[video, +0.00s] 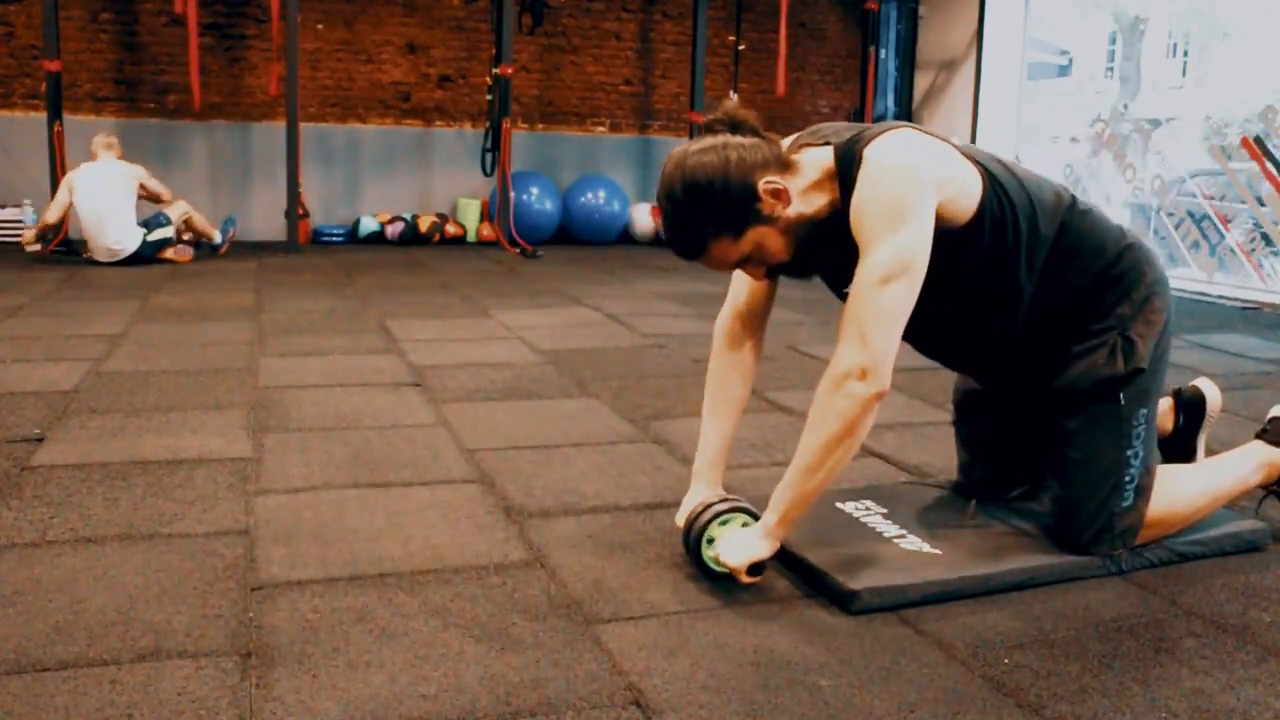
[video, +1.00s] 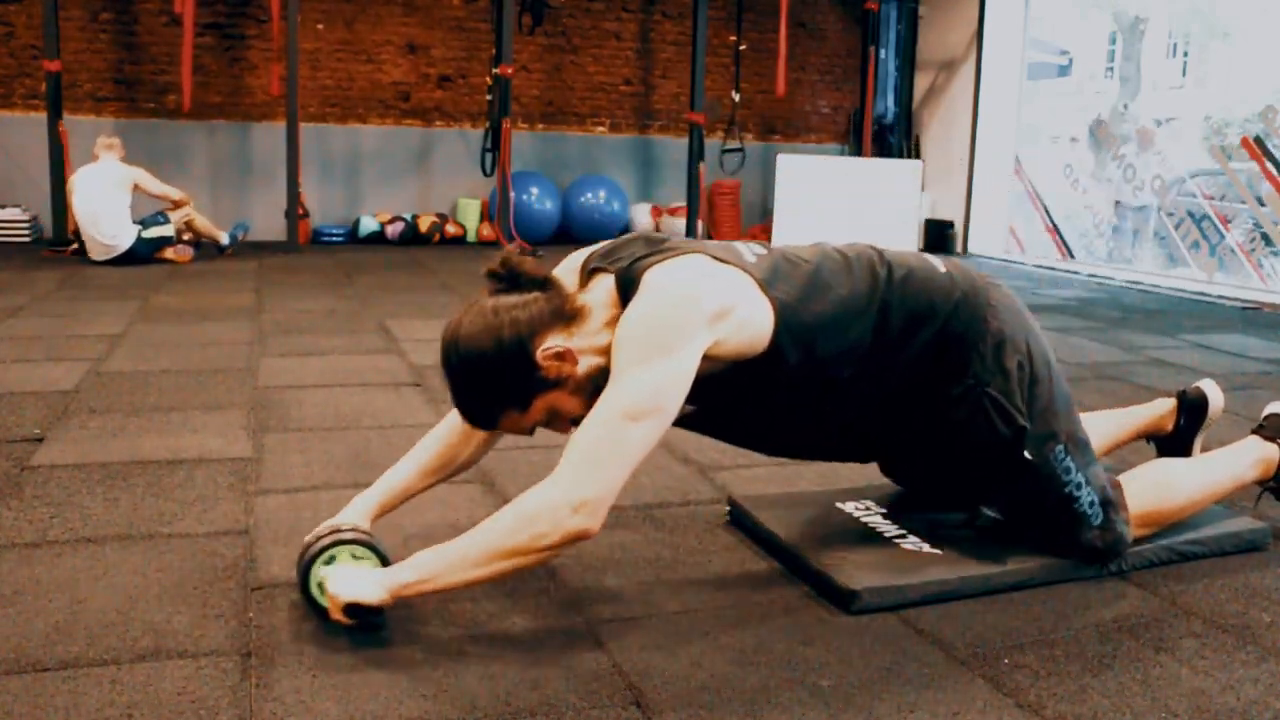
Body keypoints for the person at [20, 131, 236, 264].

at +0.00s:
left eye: (97, 152)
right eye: (114, 151)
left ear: (92, 154)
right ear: (118, 153)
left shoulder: (74, 176)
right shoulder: (132, 170)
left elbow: (51, 219)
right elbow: (166, 197)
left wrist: (35, 233)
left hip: (99, 256)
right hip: (132, 250)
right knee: (181, 206)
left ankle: (169, 251)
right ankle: (217, 238)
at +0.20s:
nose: (110, 153)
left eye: (101, 150)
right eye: (113, 150)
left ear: (90, 155)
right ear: (116, 153)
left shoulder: (73, 179)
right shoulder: (129, 171)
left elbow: (41, 221)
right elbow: (174, 193)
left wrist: (11, 244)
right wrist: (169, 203)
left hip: (97, 256)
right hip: (131, 249)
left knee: (136, 232)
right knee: (181, 207)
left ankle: (167, 251)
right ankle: (221, 238)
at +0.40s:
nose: (112, 148)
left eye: (105, 147)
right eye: (112, 148)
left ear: (89, 155)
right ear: (116, 154)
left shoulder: (70, 179)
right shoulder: (127, 171)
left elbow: (42, 220)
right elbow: (171, 193)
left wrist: (11, 244)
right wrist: (189, 199)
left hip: (96, 256)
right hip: (129, 248)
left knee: (140, 233)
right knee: (183, 210)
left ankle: (169, 251)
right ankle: (222, 238)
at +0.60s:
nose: (112, 150)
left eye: (107, 148)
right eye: (113, 149)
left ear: (91, 155)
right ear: (116, 155)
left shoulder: (69, 179)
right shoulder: (127, 171)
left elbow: (52, 223)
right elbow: (171, 192)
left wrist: (38, 248)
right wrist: (189, 198)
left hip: (97, 257)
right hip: (129, 248)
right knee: (185, 210)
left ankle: (170, 251)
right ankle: (222, 239)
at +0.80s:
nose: (117, 158)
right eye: (117, 154)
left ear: (91, 155)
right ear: (118, 154)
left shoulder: (72, 180)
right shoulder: (128, 171)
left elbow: (63, 225)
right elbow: (178, 194)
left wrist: (58, 242)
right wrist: (190, 201)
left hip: (97, 256)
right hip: (129, 249)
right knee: (186, 210)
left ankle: (169, 252)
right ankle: (222, 239)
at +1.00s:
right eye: (121, 154)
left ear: (94, 154)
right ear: (121, 154)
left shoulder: (75, 178)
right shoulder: (129, 172)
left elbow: (72, 225)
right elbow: (173, 195)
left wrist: (76, 242)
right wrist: (186, 203)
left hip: (96, 255)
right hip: (128, 247)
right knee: (185, 211)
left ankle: (169, 253)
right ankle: (224, 239)